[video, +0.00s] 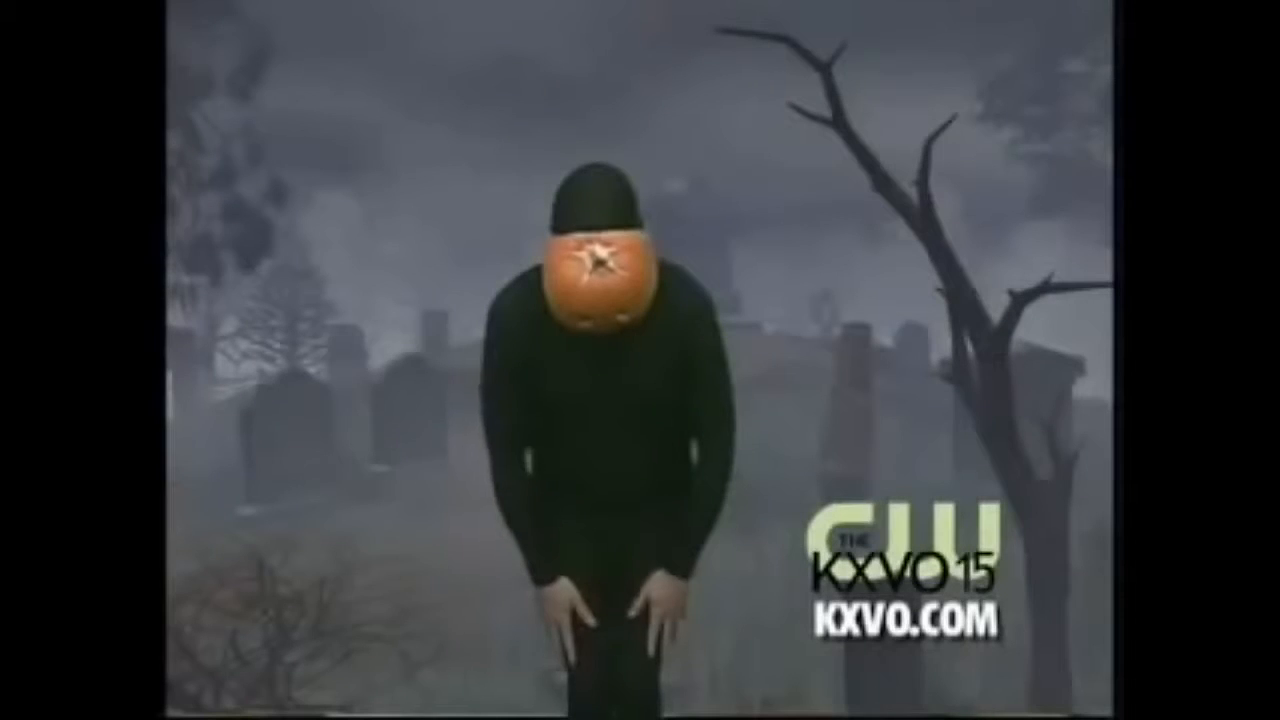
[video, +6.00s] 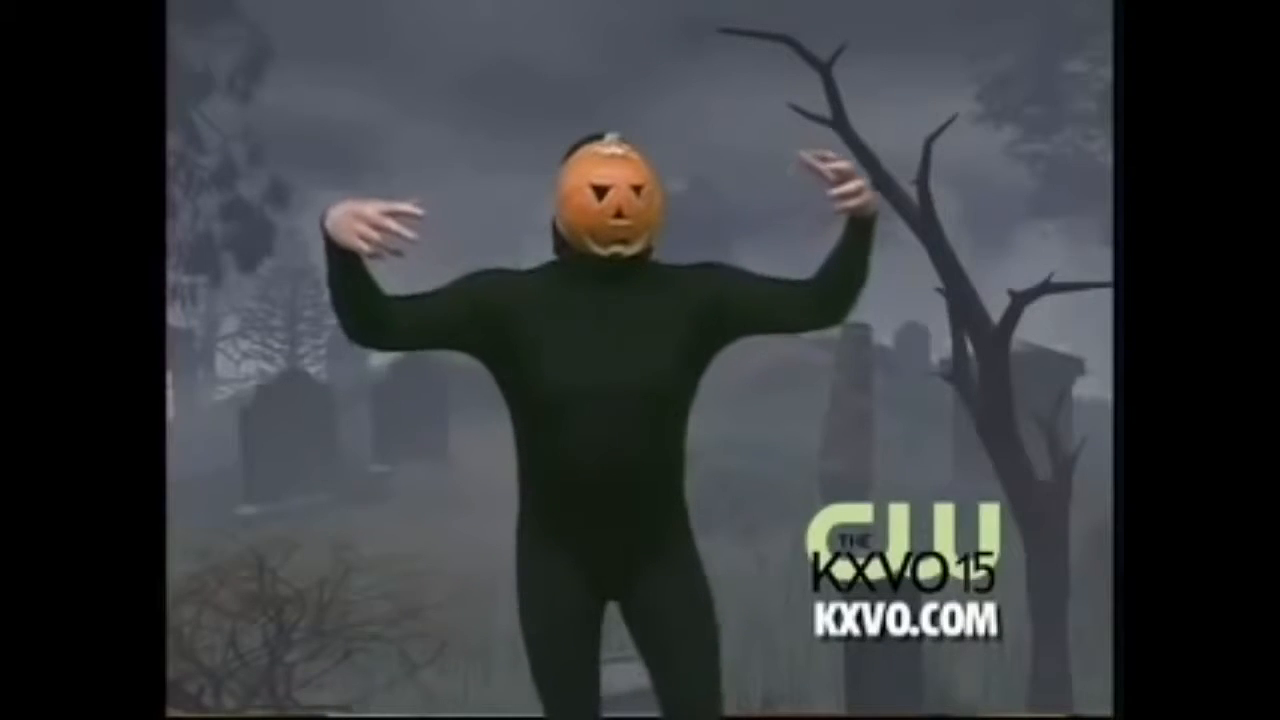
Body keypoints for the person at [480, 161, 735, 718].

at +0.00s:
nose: (598, 261)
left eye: (614, 245)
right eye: (580, 247)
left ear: (640, 241)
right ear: (555, 245)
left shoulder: (683, 305)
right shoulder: (517, 314)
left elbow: (717, 447)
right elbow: (506, 457)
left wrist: (678, 566)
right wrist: (545, 572)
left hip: (655, 507)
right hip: (564, 509)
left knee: (635, 677)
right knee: (589, 679)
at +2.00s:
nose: (599, 240)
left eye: (616, 223)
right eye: (582, 223)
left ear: (642, 226)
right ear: (556, 227)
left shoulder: (679, 293)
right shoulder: (521, 301)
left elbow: (766, 415)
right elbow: (454, 436)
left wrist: (679, 515)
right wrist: (541, 526)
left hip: (656, 535)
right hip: (562, 537)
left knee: (634, 692)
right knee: (587, 695)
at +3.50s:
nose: (610, 209)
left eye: (628, 196)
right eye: (594, 195)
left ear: (657, 210)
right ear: (566, 210)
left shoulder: (688, 298)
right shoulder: (530, 302)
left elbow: (780, 412)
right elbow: (460, 433)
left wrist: (724, 439)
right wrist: (504, 448)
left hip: (659, 528)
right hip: (564, 532)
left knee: (638, 694)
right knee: (589, 693)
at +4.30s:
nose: (614, 242)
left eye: (632, 226)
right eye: (596, 227)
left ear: (659, 219)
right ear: (562, 219)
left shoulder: (690, 301)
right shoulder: (521, 305)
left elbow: (787, 415)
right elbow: (428, 425)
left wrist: (771, 368)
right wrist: (453, 378)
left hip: (657, 532)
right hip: (562, 535)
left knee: (639, 695)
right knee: (586, 696)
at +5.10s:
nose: (614, 213)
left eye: (631, 198)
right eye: (594, 198)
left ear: (655, 210)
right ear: (562, 210)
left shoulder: (692, 301)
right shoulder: (513, 303)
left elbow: (807, 367)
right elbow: (388, 369)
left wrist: (816, 300)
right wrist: (403, 304)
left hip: (656, 541)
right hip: (557, 544)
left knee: (662, 704)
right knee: (576, 704)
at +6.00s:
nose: (616, 194)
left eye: (632, 185)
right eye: (594, 184)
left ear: (658, 210)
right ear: (559, 211)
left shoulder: (700, 295)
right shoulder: (504, 300)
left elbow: (822, 303)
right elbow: (375, 324)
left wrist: (861, 221)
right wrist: (339, 244)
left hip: (662, 552)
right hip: (554, 558)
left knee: (698, 709)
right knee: (570, 712)